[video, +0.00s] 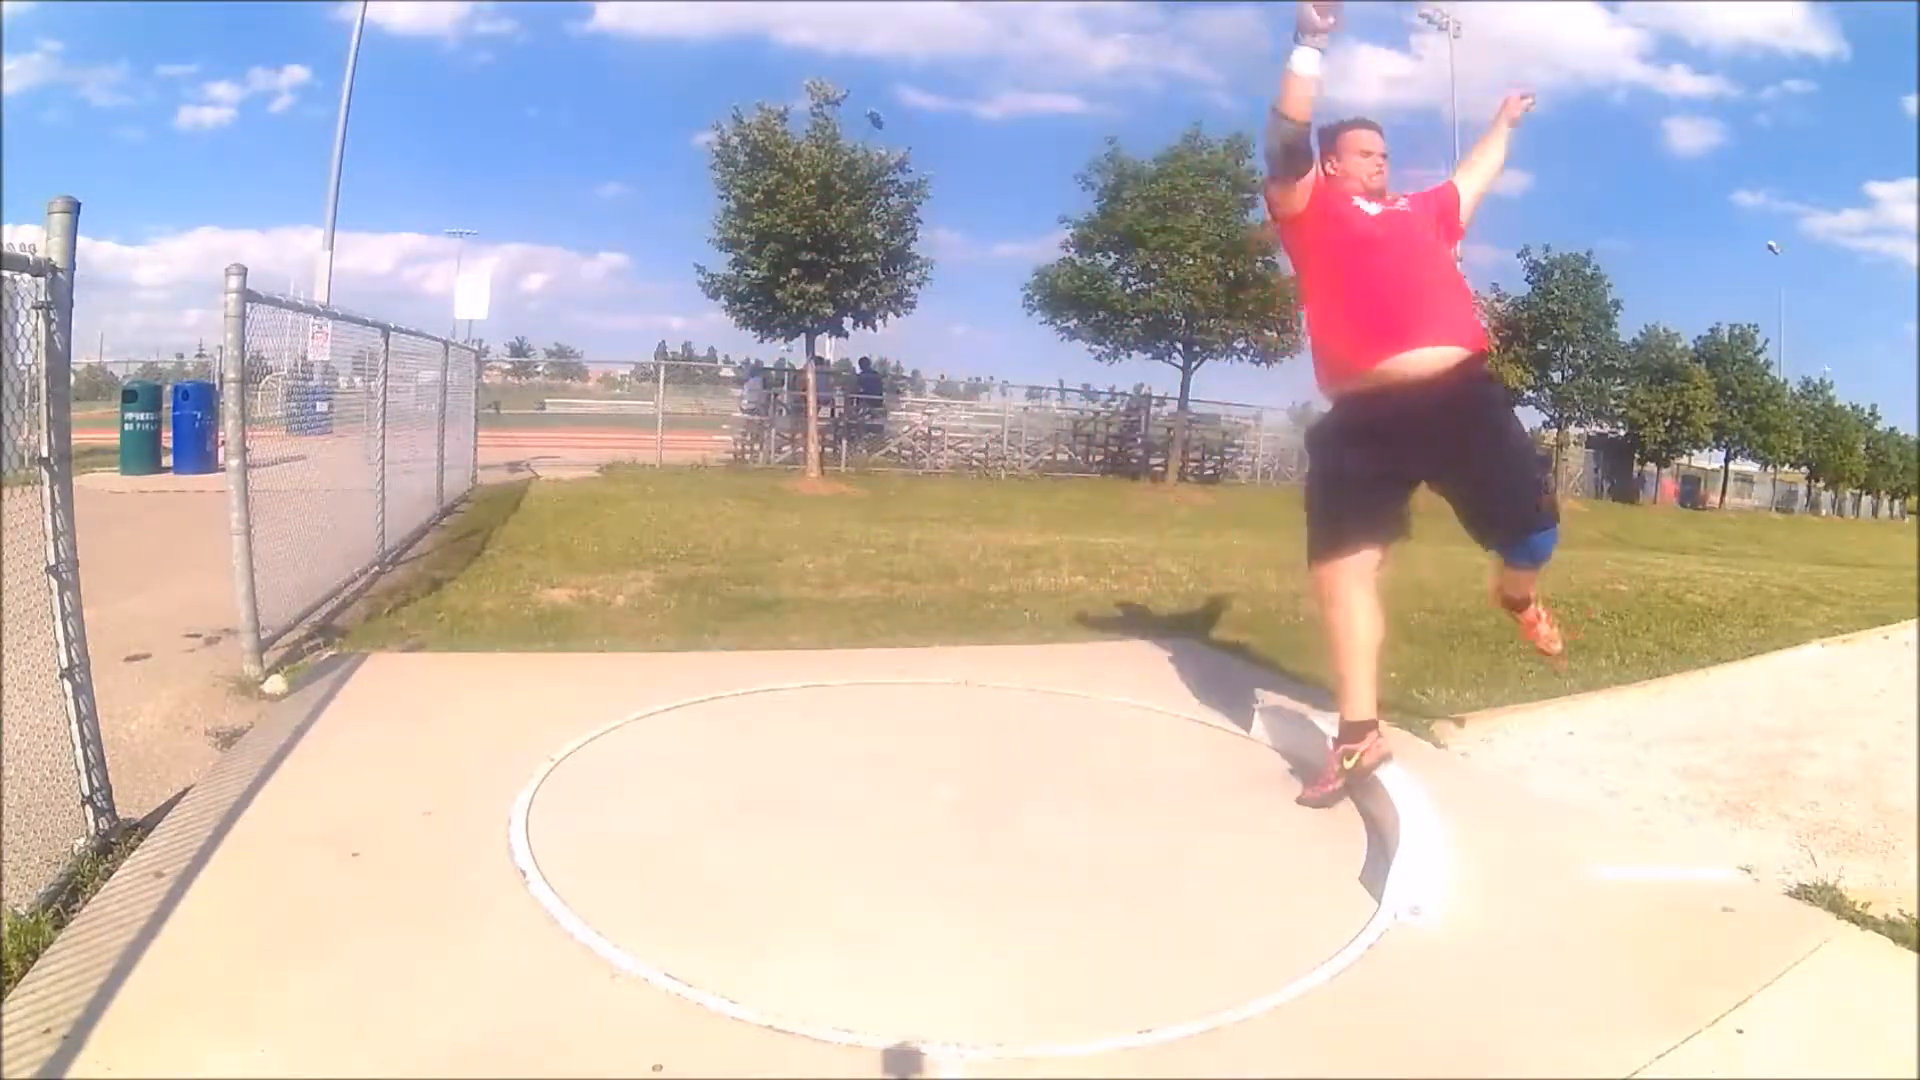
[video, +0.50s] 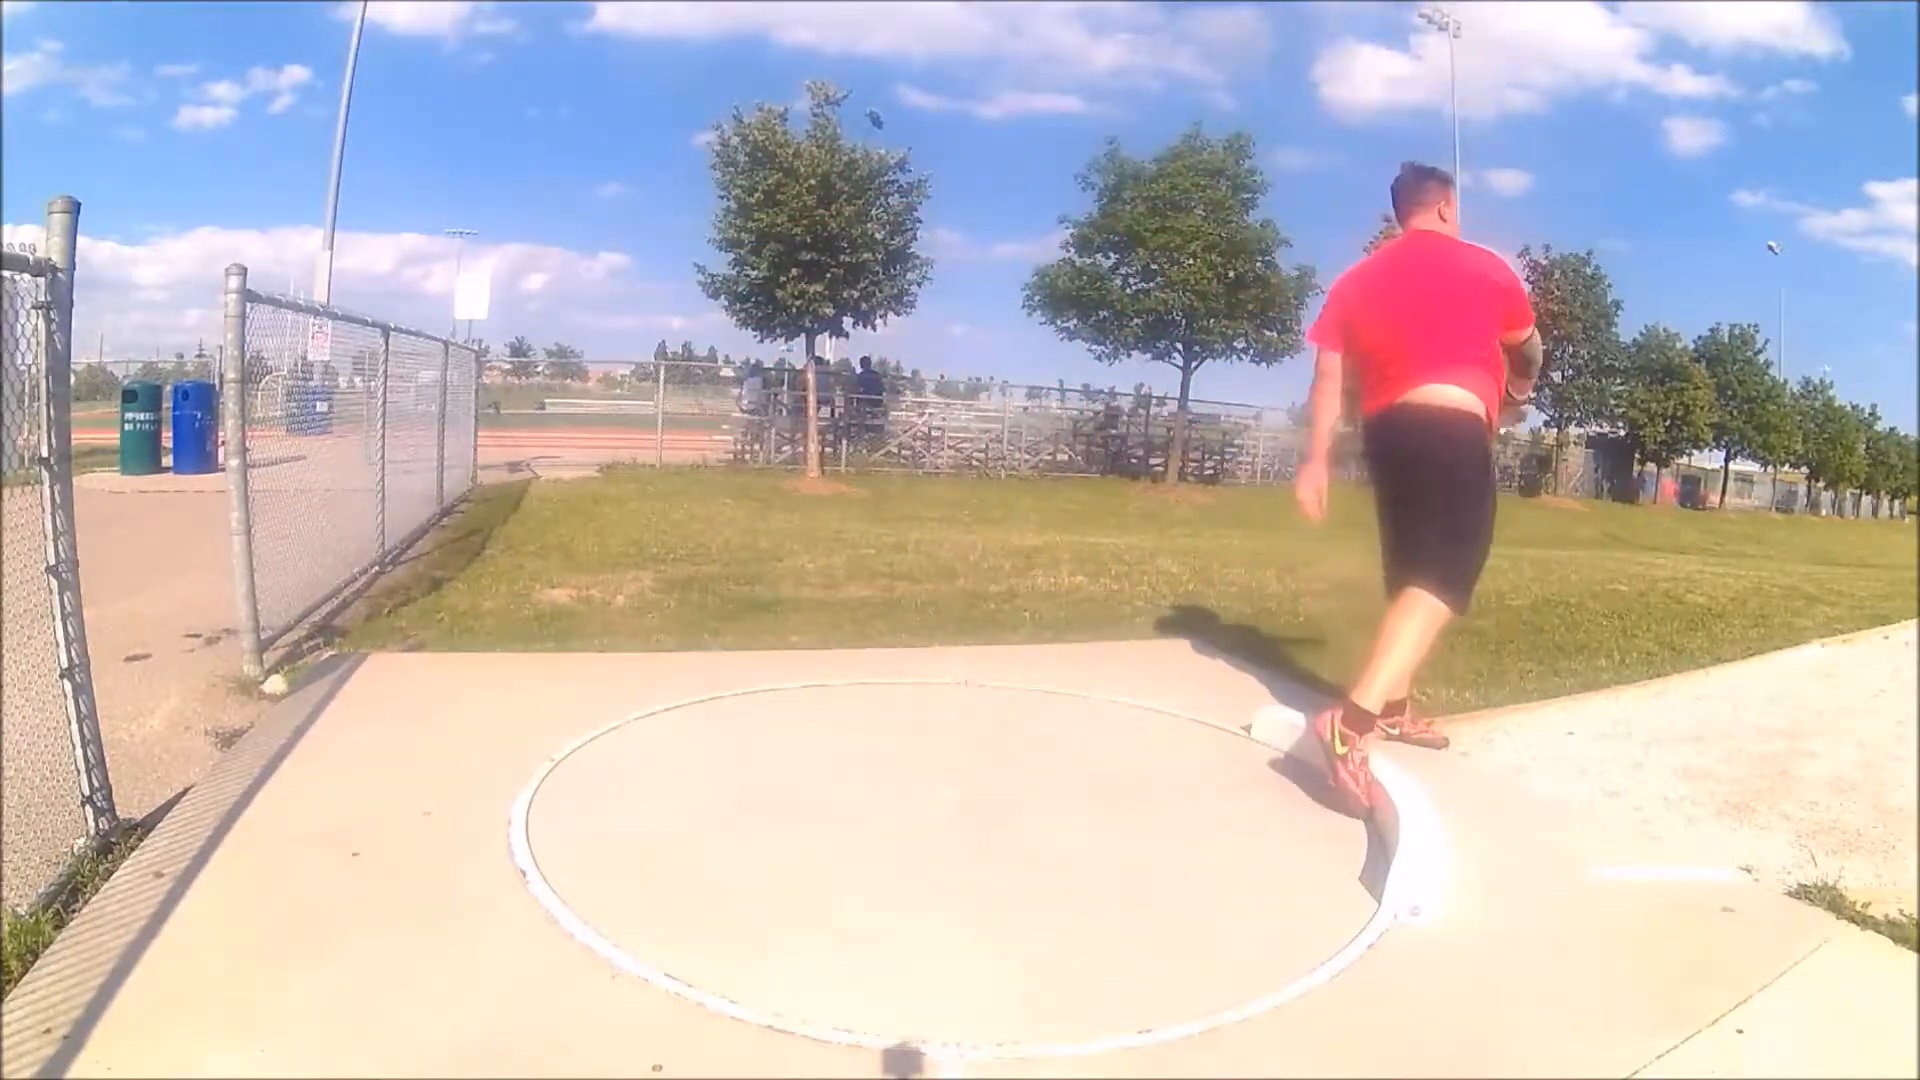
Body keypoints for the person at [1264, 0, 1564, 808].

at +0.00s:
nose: (1374, 160)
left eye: (1381, 154)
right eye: (1358, 152)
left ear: (1389, 166)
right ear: (1327, 163)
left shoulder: (1425, 210)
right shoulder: (1309, 210)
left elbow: (1478, 171)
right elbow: (1288, 142)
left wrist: (1506, 120)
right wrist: (1307, 43)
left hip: (1465, 400)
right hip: (1364, 421)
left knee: (1534, 539)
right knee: (1341, 567)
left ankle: (1514, 597)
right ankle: (1359, 728)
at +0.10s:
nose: (1414, 171)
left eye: (1417, 165)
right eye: (1400, 162)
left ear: (1414, 182)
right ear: (1364, 171)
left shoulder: (1423, 236)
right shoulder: (1344, 219)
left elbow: (1446, 231)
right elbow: (1361, 130)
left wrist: (1476, 191)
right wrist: (1391, 33)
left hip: (1469, 429)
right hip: (1379, 431)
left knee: (1488, 571)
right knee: (1360, 580)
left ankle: (1445, 663)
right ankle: (1354, 735)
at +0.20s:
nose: (1437, 192)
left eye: (1434, 184)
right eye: (1424, 182)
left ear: (1389, 197)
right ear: (1396, 189)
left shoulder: (1412, 257)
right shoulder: (1395, 227)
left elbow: (1356, 364)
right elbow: (1465, 160)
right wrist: (1502, 98)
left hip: (1454, 450)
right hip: (1403, 437)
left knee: (1445, 595)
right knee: (1400, 586)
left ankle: (1388, 708)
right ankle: (1330, 745)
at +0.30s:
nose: (1448, 213)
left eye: (1444, 204)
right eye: (1444, 204)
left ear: (1387, 212)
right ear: (1431, 204)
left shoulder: (1368, 275)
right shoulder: (1441, 240)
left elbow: (1350, 373)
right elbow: (1537, 236)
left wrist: (1355, 428)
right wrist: (1593, 210)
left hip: (1386, 434)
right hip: (1422, 434)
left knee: (1451, 582)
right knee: (1414, 584)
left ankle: (1388, 703)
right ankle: (1321, 746)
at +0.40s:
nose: (1455, 217)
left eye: (1452, 208)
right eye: (1454, 206)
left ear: (1390, 214)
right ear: (1441, 206)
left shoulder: (1361, 280)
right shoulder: (1473, 256)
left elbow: (1345, 386)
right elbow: (1550, 305)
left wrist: (1342, 454)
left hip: (1378, 437)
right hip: (1442, 438)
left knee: (1412, 577)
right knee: (1425, 589)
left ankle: (1390, 703)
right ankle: (1340, 728)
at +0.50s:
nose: (1455, 219)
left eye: (1448, 211)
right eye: (1455, 210)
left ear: (1394, 218)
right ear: (1448, 209)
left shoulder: (1355, 278)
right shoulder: (1488, 265)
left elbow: (1328, 377)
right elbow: (1528, 352)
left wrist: (1315, 458)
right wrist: (1520, 387)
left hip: (1387, 434)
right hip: (1455, 435)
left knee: (1407, 572)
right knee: (1442, 584)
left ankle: (1395, 705)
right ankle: (1353, 721)